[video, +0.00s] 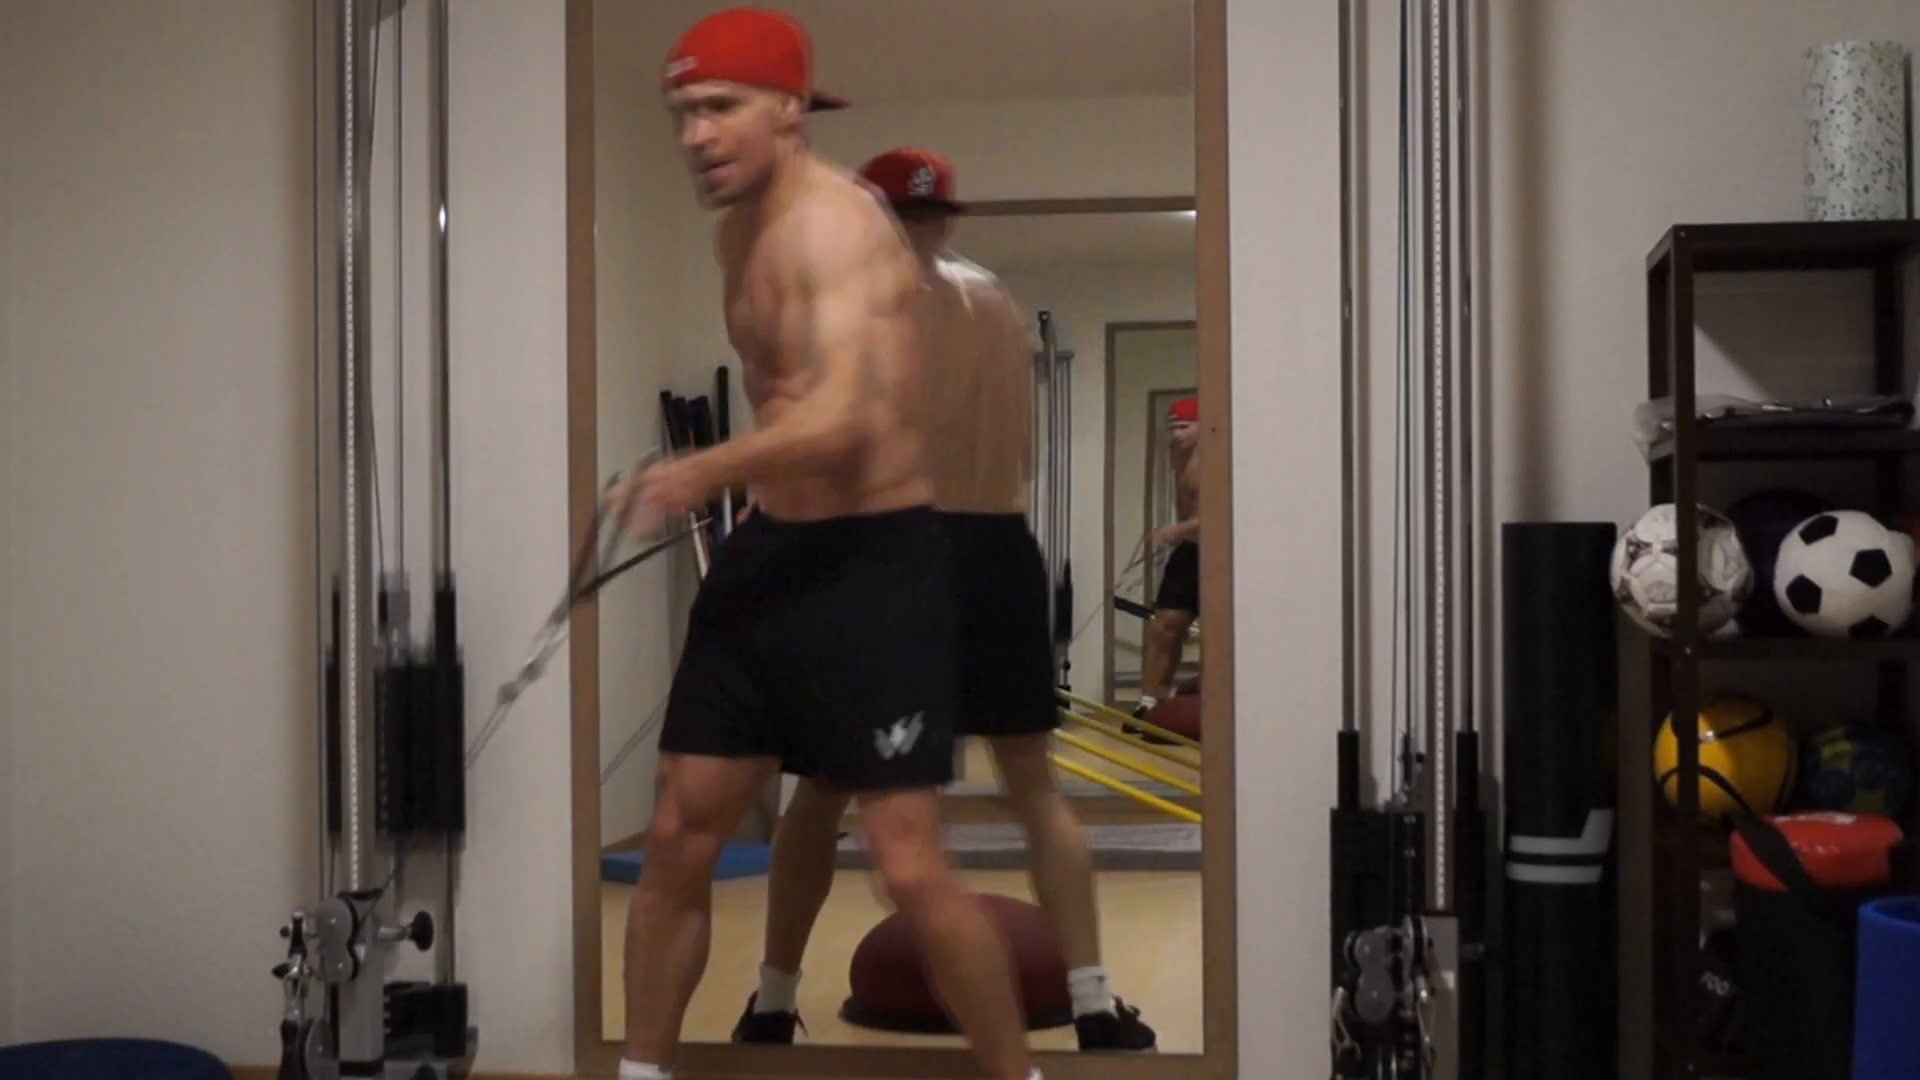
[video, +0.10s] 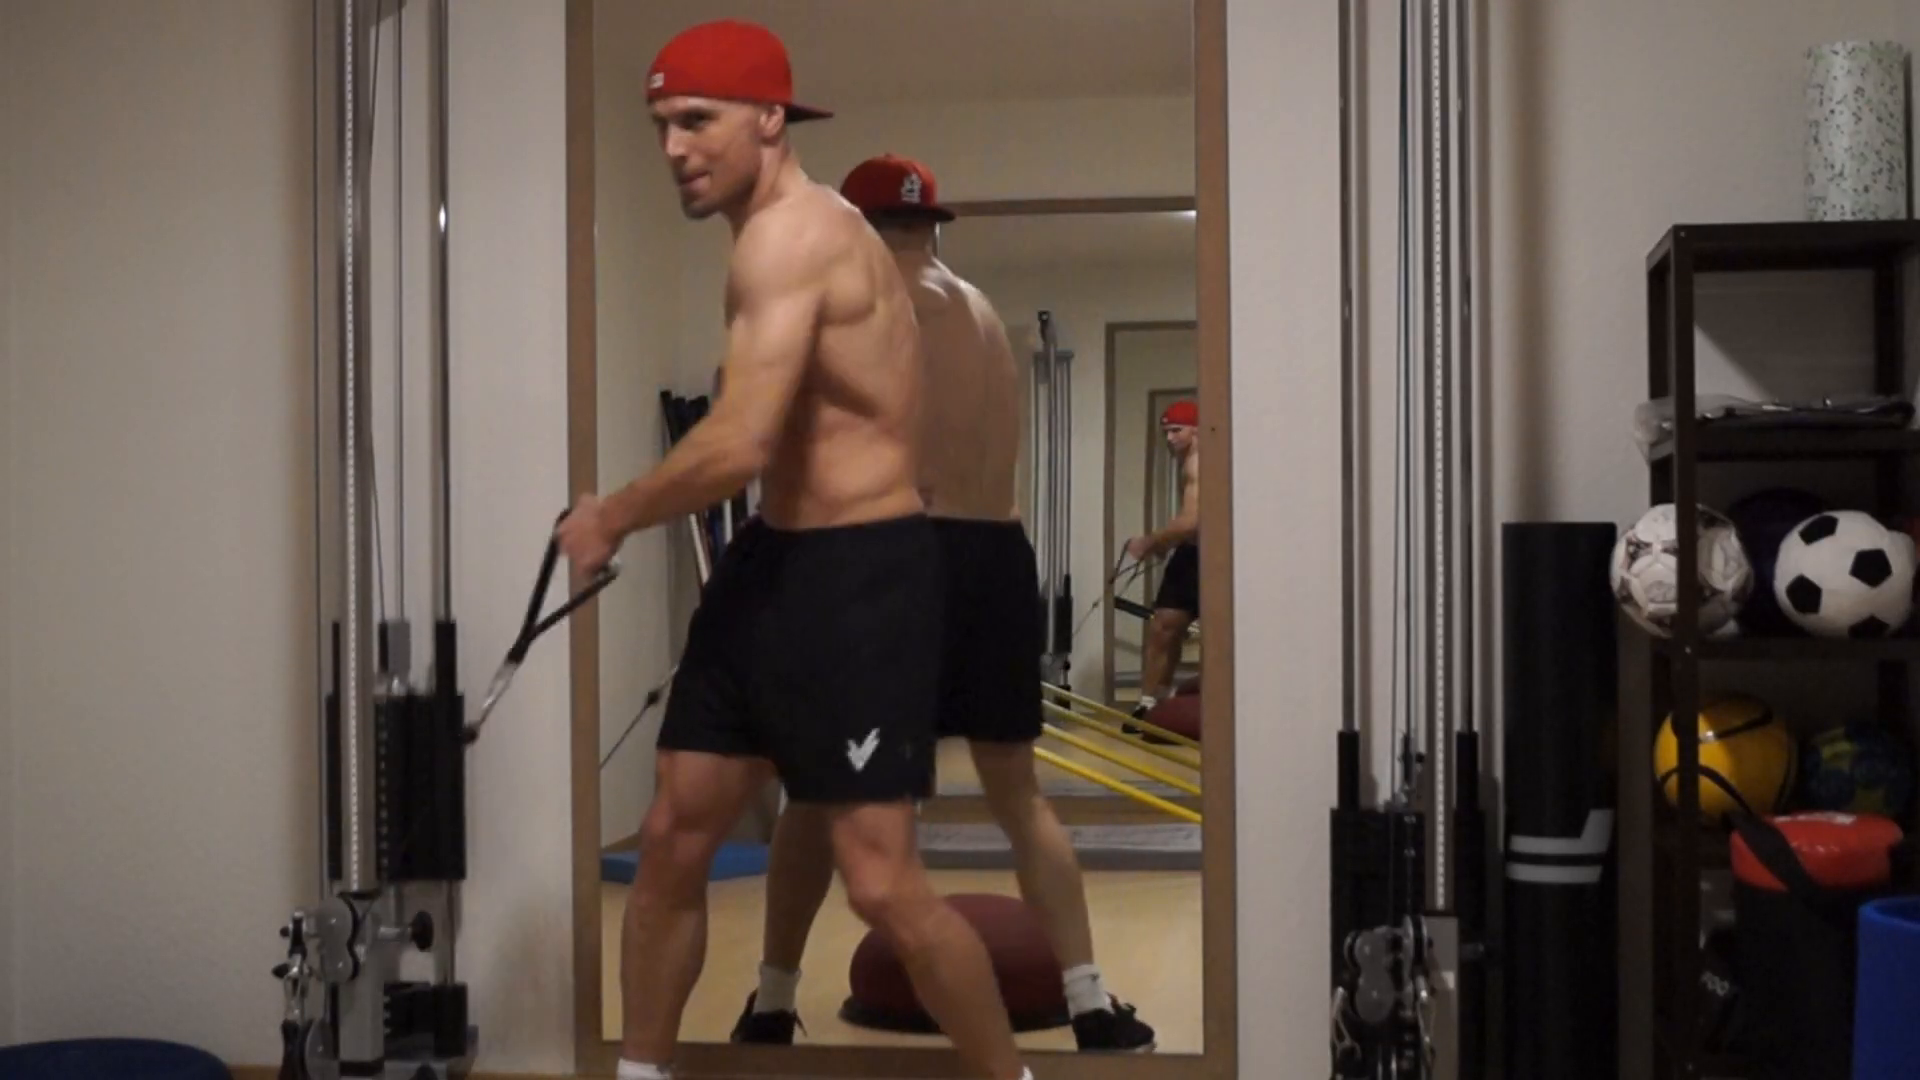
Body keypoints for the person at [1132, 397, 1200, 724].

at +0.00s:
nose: (1176, 434)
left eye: (1182, 426)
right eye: (1173, 427)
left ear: (1201, 426)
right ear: (1173, 430)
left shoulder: (1212, 459)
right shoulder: (1183, 461)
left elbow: (1216, 513)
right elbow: (1195, 510)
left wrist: (1177, 529)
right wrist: (1182, 534)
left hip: (1213, 549)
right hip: (1189, 547)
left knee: (1217, 630)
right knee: (1166, 624)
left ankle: (1210, 702)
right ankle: (1150, 699)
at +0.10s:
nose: (1169, 437)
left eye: (1175, 430)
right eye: (1167, 431)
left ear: (1194, 431)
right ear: (1185, 434)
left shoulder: (1197, 460)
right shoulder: (1194, 459)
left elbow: (1191, 519)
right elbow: (1193, 521)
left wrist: (1150, 540)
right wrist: (1163, 543)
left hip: (1195, 552)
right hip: (1196, 550)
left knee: (1163, 624)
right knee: (1170, 626)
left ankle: (1148, 700)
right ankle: (1159, 697)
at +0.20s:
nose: (1169, 441)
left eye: (1174, 433)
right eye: (1166, 435)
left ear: (1193, 433)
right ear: (1171, 437)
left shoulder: (1195, 465)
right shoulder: (1198, 463)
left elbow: (1174, 526)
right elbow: (1183, 531)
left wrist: (1135, 551)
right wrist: (1151, 553)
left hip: (1194, 555)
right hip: (1196, 553)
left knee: (1163, 624)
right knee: (1170, 625)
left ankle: (1148, 700)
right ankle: (1156, 697)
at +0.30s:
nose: (1173, 445)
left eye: (1179, 437)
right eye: (1171, 438)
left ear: (1198, 437)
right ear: (1176, 440)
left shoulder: (1198, 470)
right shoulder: (1202, 469)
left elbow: (1173, 522)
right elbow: (1182, 530)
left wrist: (1133, 556)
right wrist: (1149, 557)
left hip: (1199, 556)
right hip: (1195, 555)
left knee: (1164, 623)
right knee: (1167, 624)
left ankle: (1148, 700)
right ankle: (1153, 699)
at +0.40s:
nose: (1187, 439)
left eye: (1191, 432)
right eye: (1184, 433)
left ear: (1206, 431)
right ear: (1182, 437)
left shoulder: (1216, 466)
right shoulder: (1192, 468)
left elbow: (1209, 517)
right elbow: (1193, 517)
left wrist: (1175, 540)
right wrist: (1172, 545)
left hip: (1209, 550)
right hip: (1190, 551)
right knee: (1166, 626)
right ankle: (1150, 699)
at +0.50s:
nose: (1208, 427)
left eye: (1213, 421)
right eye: (1203, 420)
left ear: (1223, 425)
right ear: (1197, 423)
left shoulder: (1231, 461)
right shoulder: (1187, 459)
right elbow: (1159, 490)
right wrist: (1178, 528)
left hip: (1221, 549)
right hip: (1194, 546)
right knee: (1178, 628)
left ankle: (1163, 695)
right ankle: (1151, 697)